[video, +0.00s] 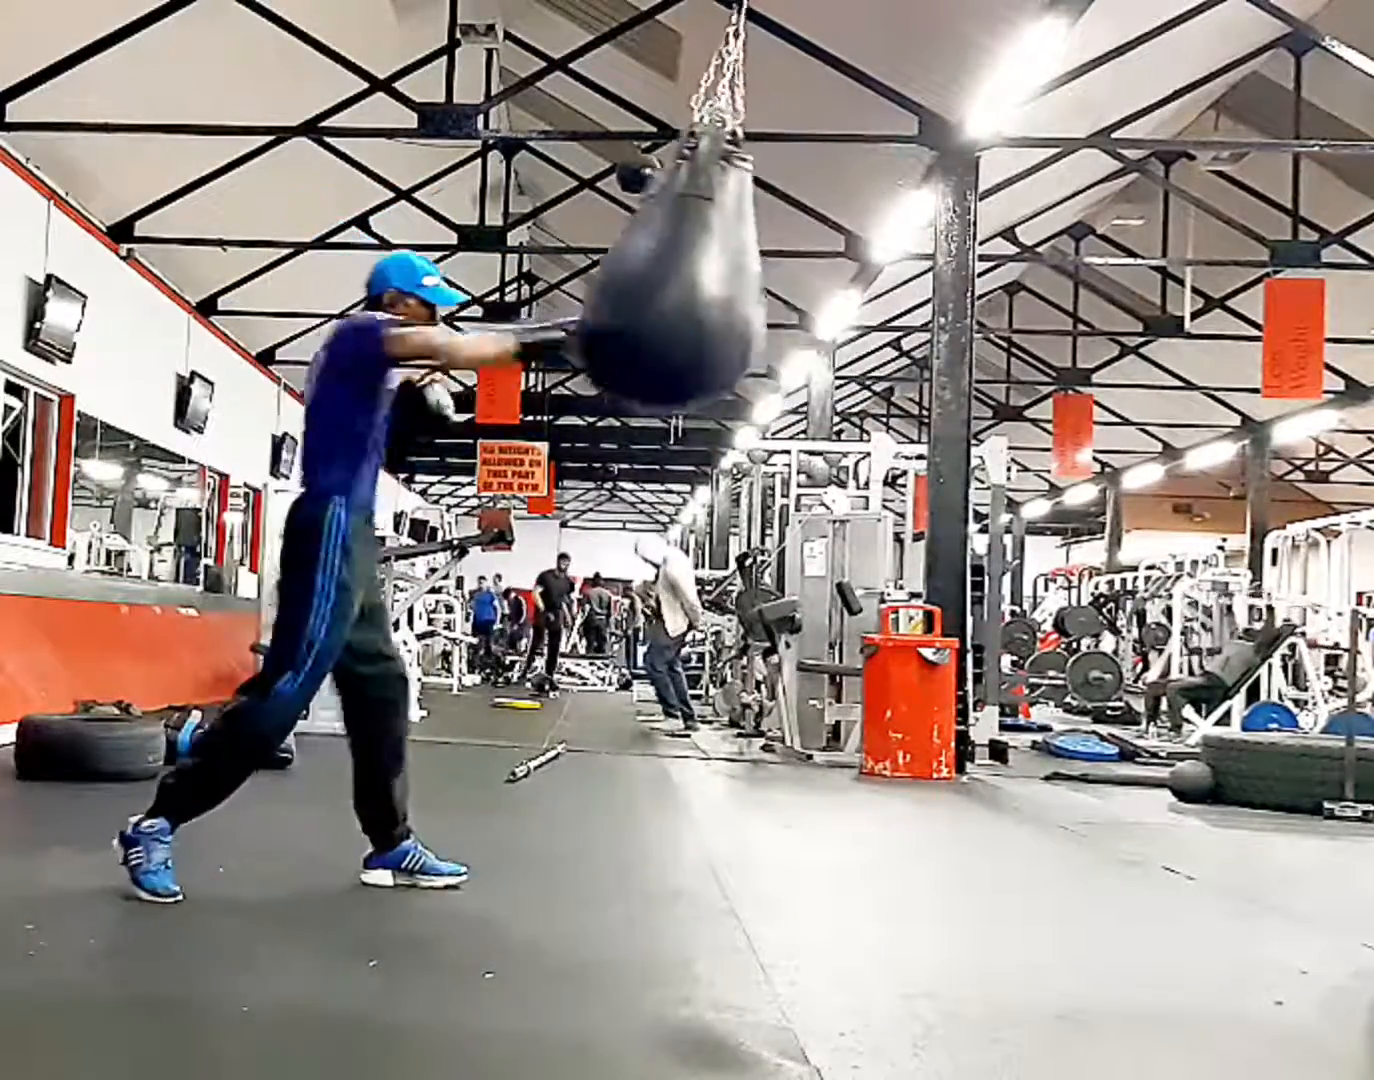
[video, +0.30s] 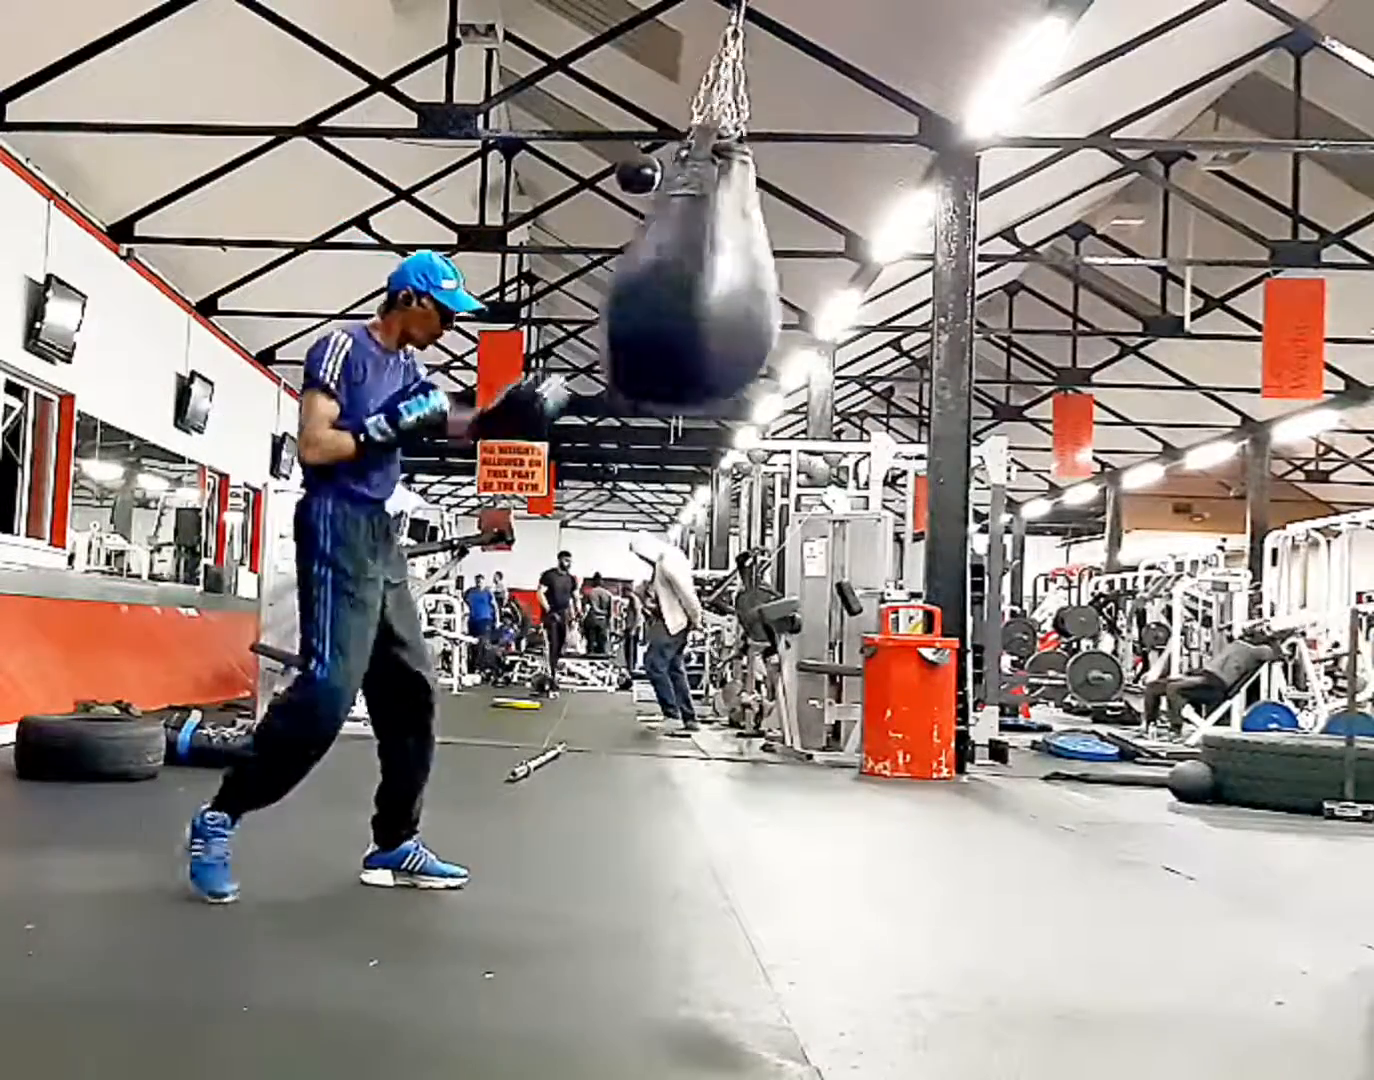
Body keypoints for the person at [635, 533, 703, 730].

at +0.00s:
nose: (647, 563)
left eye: (646, 558)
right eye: (645, 559)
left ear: (652, 553)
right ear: (659, 545)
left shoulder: (672, 568)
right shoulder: (673, 560)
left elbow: (690, 599)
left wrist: (696, 621)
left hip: (671, 626)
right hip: (676, 623)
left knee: (654, 663)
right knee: (673, 667)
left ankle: (672, 710)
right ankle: (688, 714)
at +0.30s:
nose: (643, 560)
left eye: (641, 555)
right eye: (640, 556)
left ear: (648, 550)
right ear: (651, 545)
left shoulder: (668, 562)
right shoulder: (664, 562)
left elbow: (687, 594)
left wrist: (696, 619)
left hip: (671, 624)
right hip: (674, 623)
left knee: (654, 664)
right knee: (675, 669)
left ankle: (672, 712)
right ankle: (689, 716)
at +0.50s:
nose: (641, 561)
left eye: (639, 556)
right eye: (638, 557)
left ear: (645, 550)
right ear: (645, 546)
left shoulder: (667, 561)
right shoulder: (659, 562)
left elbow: (685, 593)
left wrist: (692, 625)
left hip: (671, 624)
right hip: (671, 623)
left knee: (663, 668)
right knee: (677, 667)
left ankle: (674, 716)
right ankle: (689, 715)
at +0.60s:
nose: (639, 563)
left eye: (637, 558)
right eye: (635, 559)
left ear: (642, 552)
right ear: (641, 550)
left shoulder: (665, 560)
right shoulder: (655, 565)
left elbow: (687, 589)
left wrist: (695, 622)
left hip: (674, 622)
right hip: (666, 622)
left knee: (669, 669)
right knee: (678, 668)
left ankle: (674, 716)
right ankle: (688, 715)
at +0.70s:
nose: (637, 565)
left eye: (635, 560)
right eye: (633, 562)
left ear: (640, 554)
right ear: (640, 553)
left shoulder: (665, 559)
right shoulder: (654, 567)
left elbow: (689, 588)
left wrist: (696, 620)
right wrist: (637, 591)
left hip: (676, 624)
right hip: (664, 624)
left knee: (674, 672)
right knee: (678, 671)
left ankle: (675, 717)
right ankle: (687, 714)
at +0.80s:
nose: (640, 568)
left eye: (638, 563)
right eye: (636, 565)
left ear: (642, 555)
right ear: (640, 555)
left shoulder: (667, 559)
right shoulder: (655, 568)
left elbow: (689, 589)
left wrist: (697, 622)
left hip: (679, 621)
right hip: (667, 621)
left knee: (677, 670)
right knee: (676, 669)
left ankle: (676, 715)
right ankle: (687, 713)